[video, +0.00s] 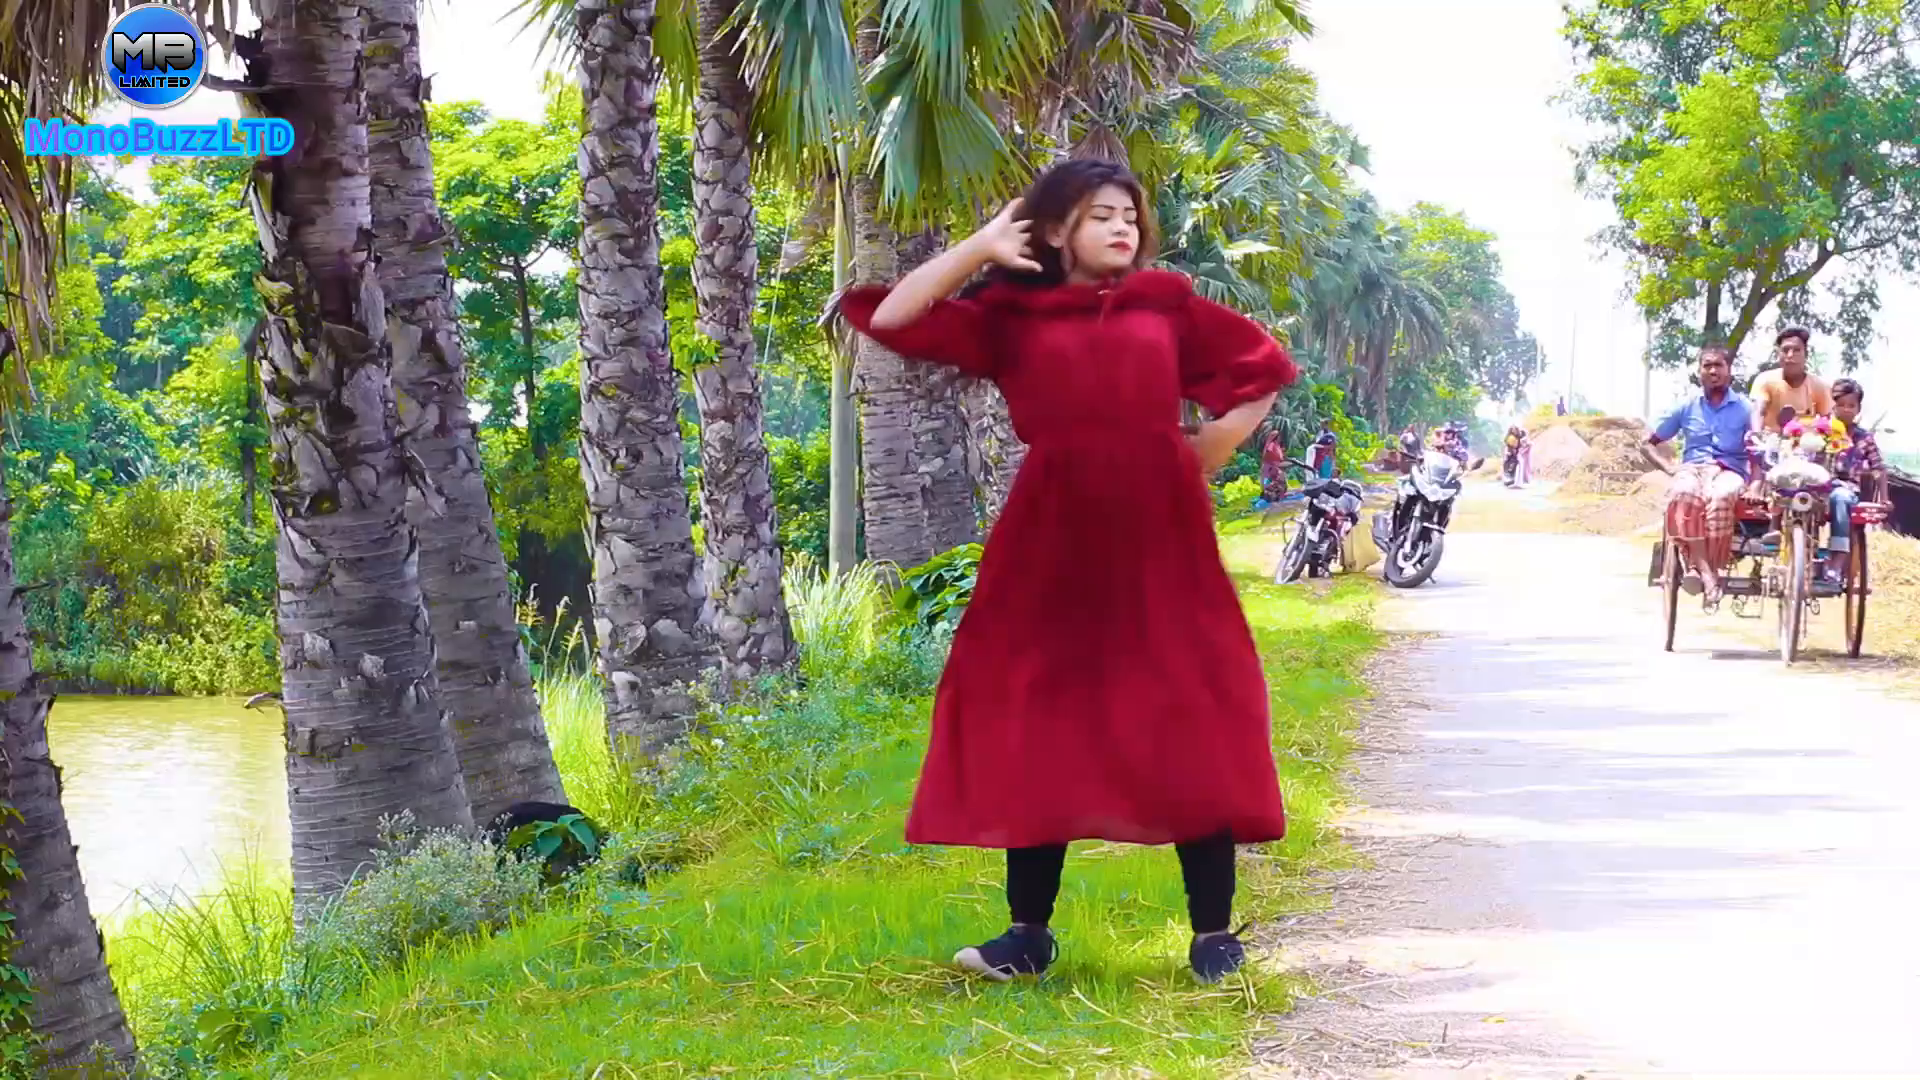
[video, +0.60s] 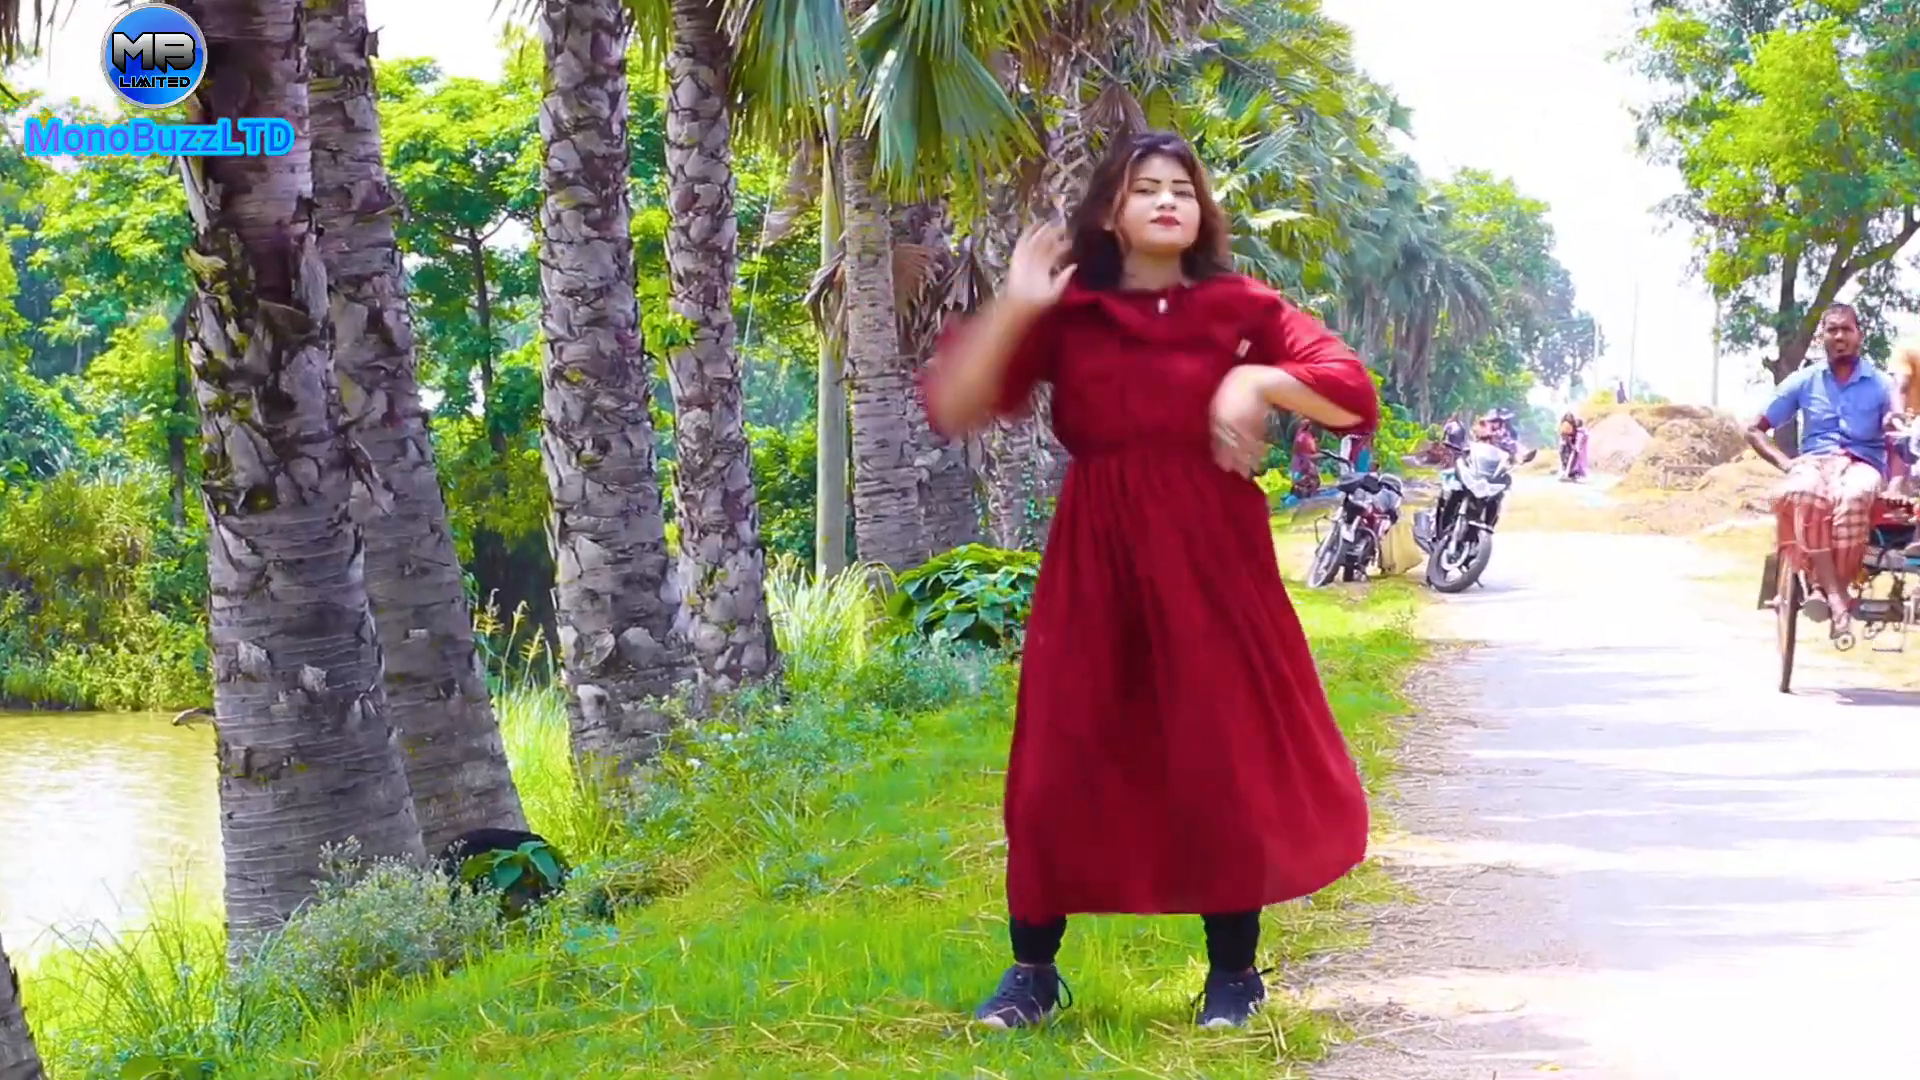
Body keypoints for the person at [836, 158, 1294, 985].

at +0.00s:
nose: (1121, 229)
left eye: (1129, 217)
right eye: (1102, 216)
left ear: (1140, 231)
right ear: (1053, 231)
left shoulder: (1164, 299)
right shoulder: (1011, 315)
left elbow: (1266, 365)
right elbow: (891, 319)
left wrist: (1215, 444)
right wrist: (978, 248)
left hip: (1157, 536)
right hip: (1053, 539)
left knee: (1191, 726)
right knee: (1036, 729)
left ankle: (1212, 935)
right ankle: (1028, 933)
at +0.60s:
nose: (1169, 199)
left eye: (1183, 189)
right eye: (1148, 188)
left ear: (1203, 212)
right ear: (1112, 213)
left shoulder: (1240, 304)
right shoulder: (1066, 312)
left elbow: (1352, 395)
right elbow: (951, 406)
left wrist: (1257, 379)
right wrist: (1013, 302)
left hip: (1210, 553)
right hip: (1093, 551)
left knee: (1220, 756)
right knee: (1049, 759)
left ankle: (1232, 974)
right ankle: (1032, 973)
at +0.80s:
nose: (1133, 218)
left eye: (1153, 205)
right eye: (1124, 207)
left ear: (1194, 220)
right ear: (1114, 227)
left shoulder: (1237, 302)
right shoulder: (1097, 327)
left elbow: (1286, 344)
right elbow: (1060, 433)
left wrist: (1210, 247)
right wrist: (1038, 519)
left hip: (1200, 546)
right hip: (1104, 546)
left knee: (1198, 734)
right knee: (1027, 724)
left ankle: (1211, 944)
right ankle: (1018, 926)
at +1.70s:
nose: (1094, 208)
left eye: (1099, 195)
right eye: (1075, 196)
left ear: (1106, 211)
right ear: (1023, 210)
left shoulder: (1124, 306)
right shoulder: (970, 291)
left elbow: (1183, 408)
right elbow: (912, 338)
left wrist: (1172, 452)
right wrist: (1000, 267)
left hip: (1118, 526)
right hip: (1011, 530)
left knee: (1170, 720)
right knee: (995, 726)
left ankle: (1175, 933)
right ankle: (972, 946)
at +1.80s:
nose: (1098, 212)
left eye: (1099, 199)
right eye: (1080, 198)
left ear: (1096, 214)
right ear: (1023, 210)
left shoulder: (1112, 295)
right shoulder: (980, 294)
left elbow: (1161, 384)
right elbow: (872, 280)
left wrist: (1165, 449)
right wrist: (981, 236)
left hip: (1113, 519)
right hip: (1016, 516)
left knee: (1150, 717)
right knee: (997, 720)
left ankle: (1170, 938)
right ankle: (972, 940)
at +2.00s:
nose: (1097, 224)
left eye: (1097, 209)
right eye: (1080, 210)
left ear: (1091, 225)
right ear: (1025, 220)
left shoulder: (1113, 306)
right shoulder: (971, 302)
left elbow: (1195, 400)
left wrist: (1127, 474)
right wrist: (1070, 261)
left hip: (1113, 530)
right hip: (1014, 535)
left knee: (1166, 734)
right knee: (1013, 738)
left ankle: (1177, 961)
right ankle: (975, 958)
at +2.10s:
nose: (1105, 242)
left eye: (1105, 228)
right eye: (1090, 229)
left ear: (1096, 237)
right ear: (1039, 234)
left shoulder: (1113, 310)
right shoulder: (987, 311)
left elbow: (1171, 402)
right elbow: (1008, 332)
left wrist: (1127, 485)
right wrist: (1042, 254)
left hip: (1120, 531)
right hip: (1025, 536)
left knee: (1178, 720)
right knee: (1011, 729)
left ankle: (1187, 927)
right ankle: (972, 933)